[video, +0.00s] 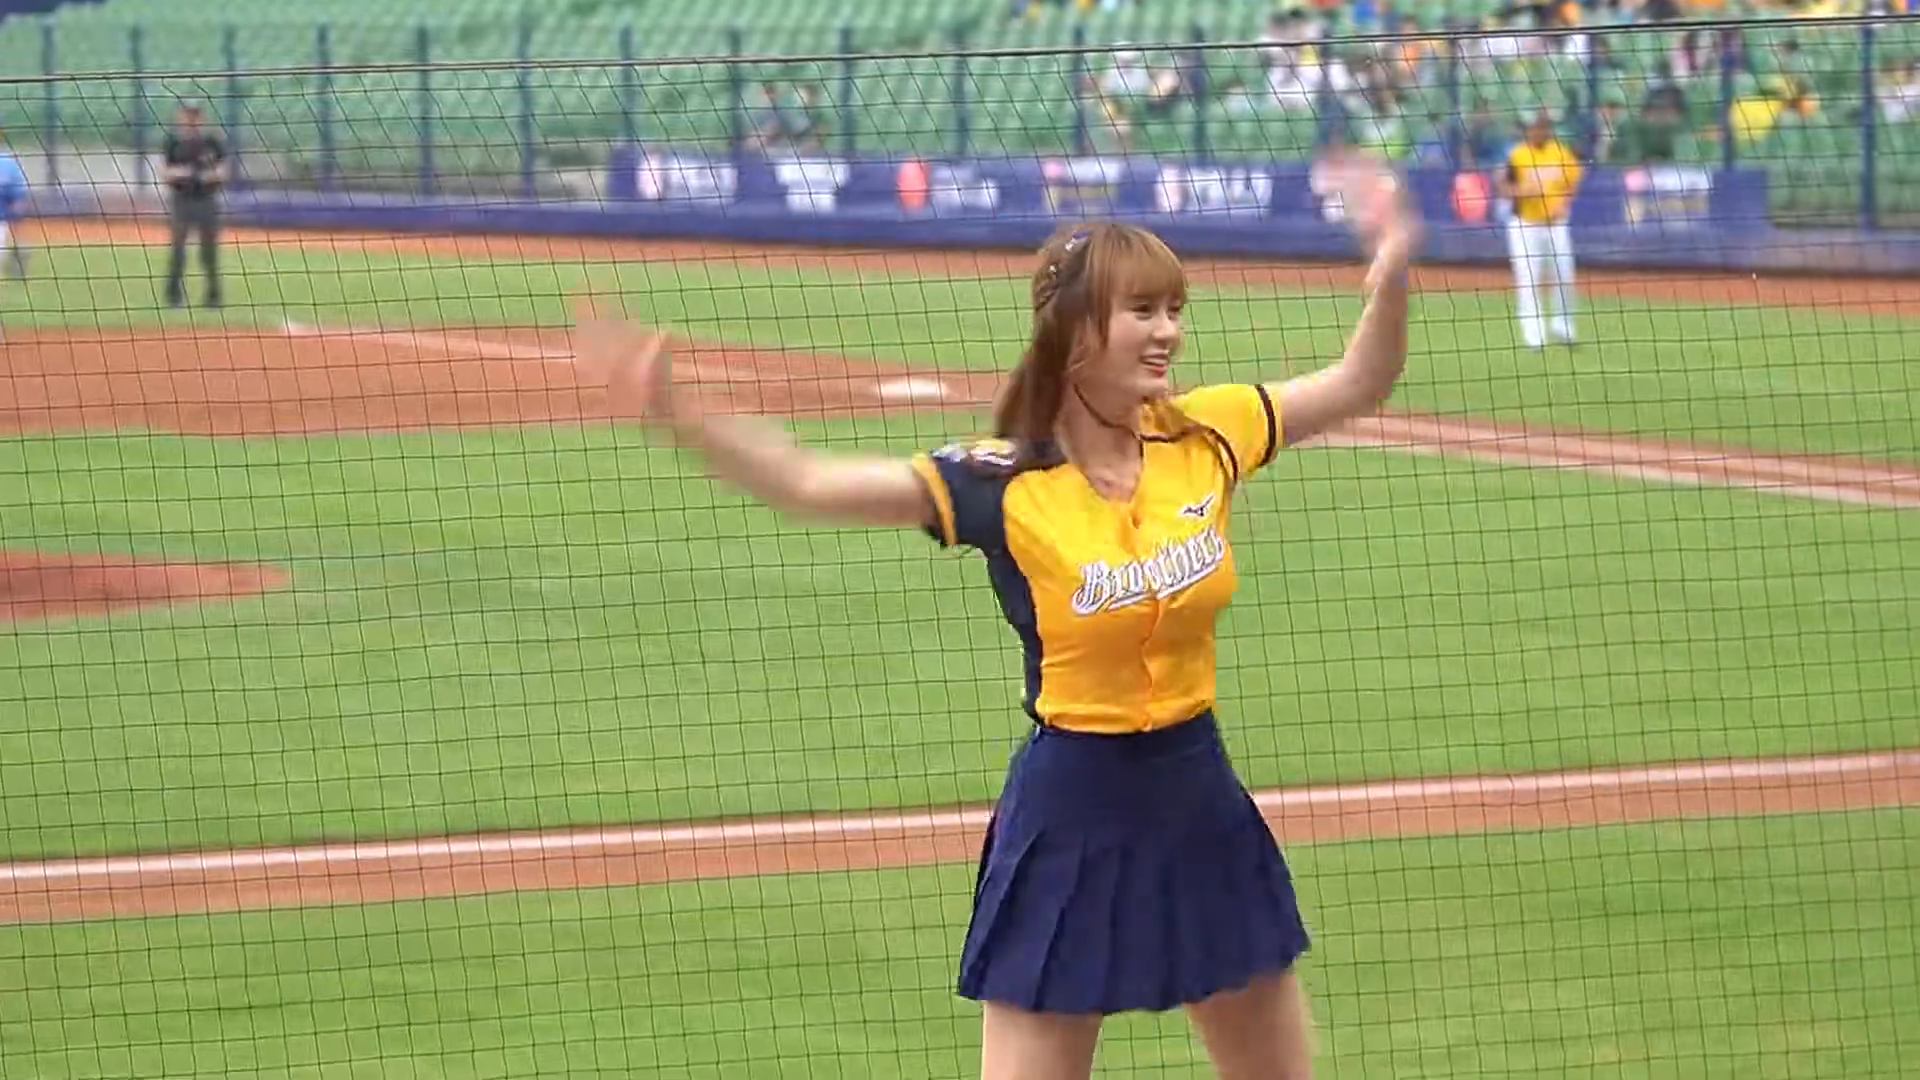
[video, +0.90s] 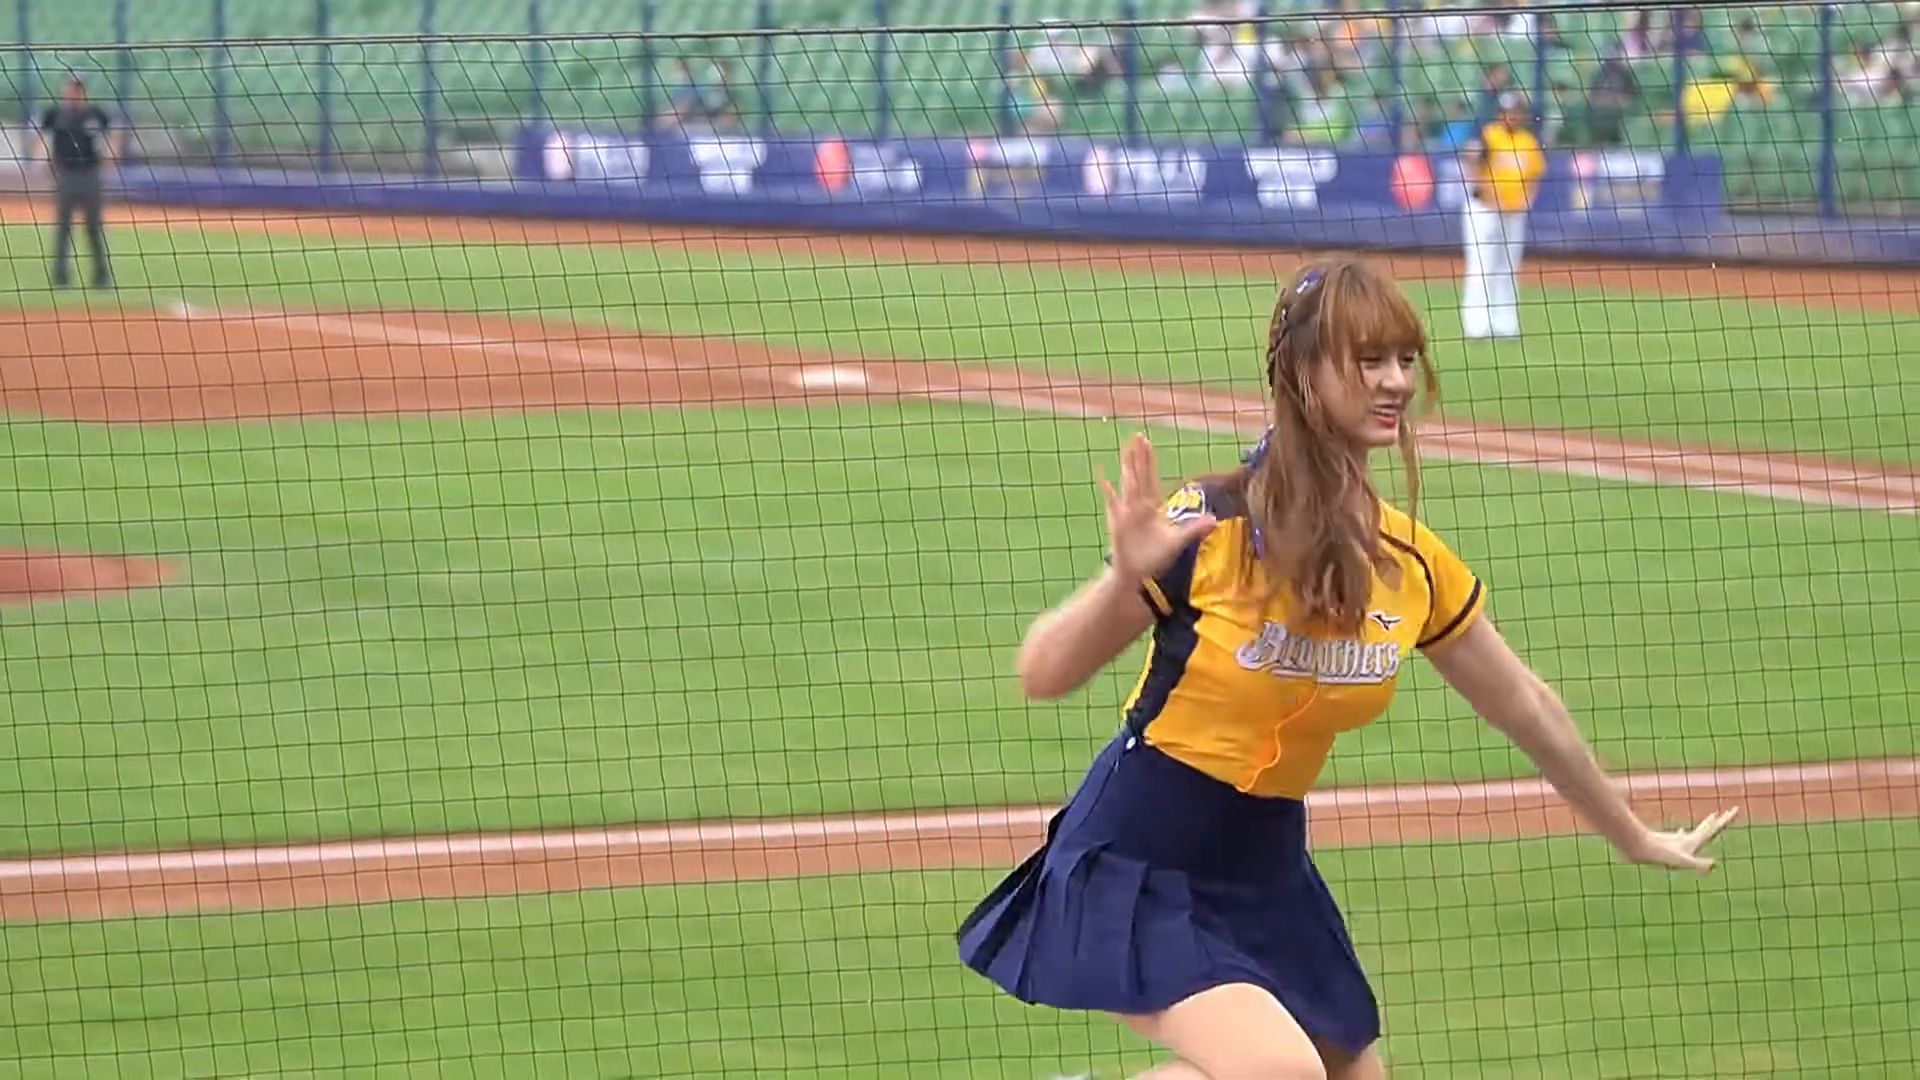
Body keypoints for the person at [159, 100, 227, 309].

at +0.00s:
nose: (191, 127)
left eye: (195, 122)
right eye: (187, 123)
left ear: (201, 122)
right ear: (179, 123)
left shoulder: (211, 144)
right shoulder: (173, 144)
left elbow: (224, 171)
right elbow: (165, 173)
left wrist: (206, 176)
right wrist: (186, 172)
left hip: (207, 202)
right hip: (182, 202)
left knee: (209, 252)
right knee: (177, 250)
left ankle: (213, 293)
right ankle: (174, 293)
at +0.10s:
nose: (182, 123)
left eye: (186, 118)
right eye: (178, 118)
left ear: (192, 118)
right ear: (170, 118)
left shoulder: (202, 140)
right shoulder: (163, 142)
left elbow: (216, 167)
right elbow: (156, 170)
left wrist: (206, 184)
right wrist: (166, 184)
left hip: (198, 196)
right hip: (173, 196)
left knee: (201, 249)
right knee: (169, 246)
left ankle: (204, 291)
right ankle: (165, 290)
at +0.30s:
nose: (154, 111)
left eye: (158, 107)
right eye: (150, 106)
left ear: (163, 108)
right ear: (143, 106)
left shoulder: (173, 131)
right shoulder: (133, 132)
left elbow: (187, 159)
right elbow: (125, 163)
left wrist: (181, 183)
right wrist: (133, 186)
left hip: (169, 190)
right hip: (143, 190)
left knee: (171, 243)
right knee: (139, 242)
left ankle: (176, 285)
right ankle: (135, 285)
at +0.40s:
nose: (137, 112)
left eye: (141, 107)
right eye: (133, 107)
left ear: (146, 108)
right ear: (127, 108)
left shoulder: (156, 131)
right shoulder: (117, 132)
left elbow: (172, 155)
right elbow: (110, 162)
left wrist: (167, 179)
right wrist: (113, 185)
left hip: (152, 189)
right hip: (126, 190)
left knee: (154, 243)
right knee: (123, 242)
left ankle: (161, 286)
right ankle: (118, 286)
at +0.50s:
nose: (123, 113)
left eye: (127, 108)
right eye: (119, 108)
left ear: (133, 108)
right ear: (112, 107)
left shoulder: (142, 127)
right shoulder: (103, 128)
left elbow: (160, 150)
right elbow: (90, 154)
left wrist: (155, 176)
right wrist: (98, 181)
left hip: (138, 188)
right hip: (112, 188)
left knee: (140, 240)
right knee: (110, 240)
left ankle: (148, 284)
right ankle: (106, 285)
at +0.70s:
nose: (99, 106)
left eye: (102, 101)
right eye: (95, 101)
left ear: (108, 101)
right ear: (88, 101)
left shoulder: (116, 119)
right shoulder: (78, 119)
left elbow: (137, 140)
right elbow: (63, 142)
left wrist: (135, 163)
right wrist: (71, 165)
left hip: (113, 179)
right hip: (88, 179)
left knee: (118, 231)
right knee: (87, 231)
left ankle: (125, 277)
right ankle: (83, 277)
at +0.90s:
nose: (74, 99)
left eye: (78, 94)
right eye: (71, 94)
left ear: (84, 95)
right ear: (64, 94)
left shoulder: (93, 113)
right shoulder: (56, 114)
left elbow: (112, 133)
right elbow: (39, 136)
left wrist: (113, 155)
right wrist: (48, 159)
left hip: (89, 174)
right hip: (65, 174)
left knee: (93, 225)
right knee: (63, 225)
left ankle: (100, 272)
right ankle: (60, 273)